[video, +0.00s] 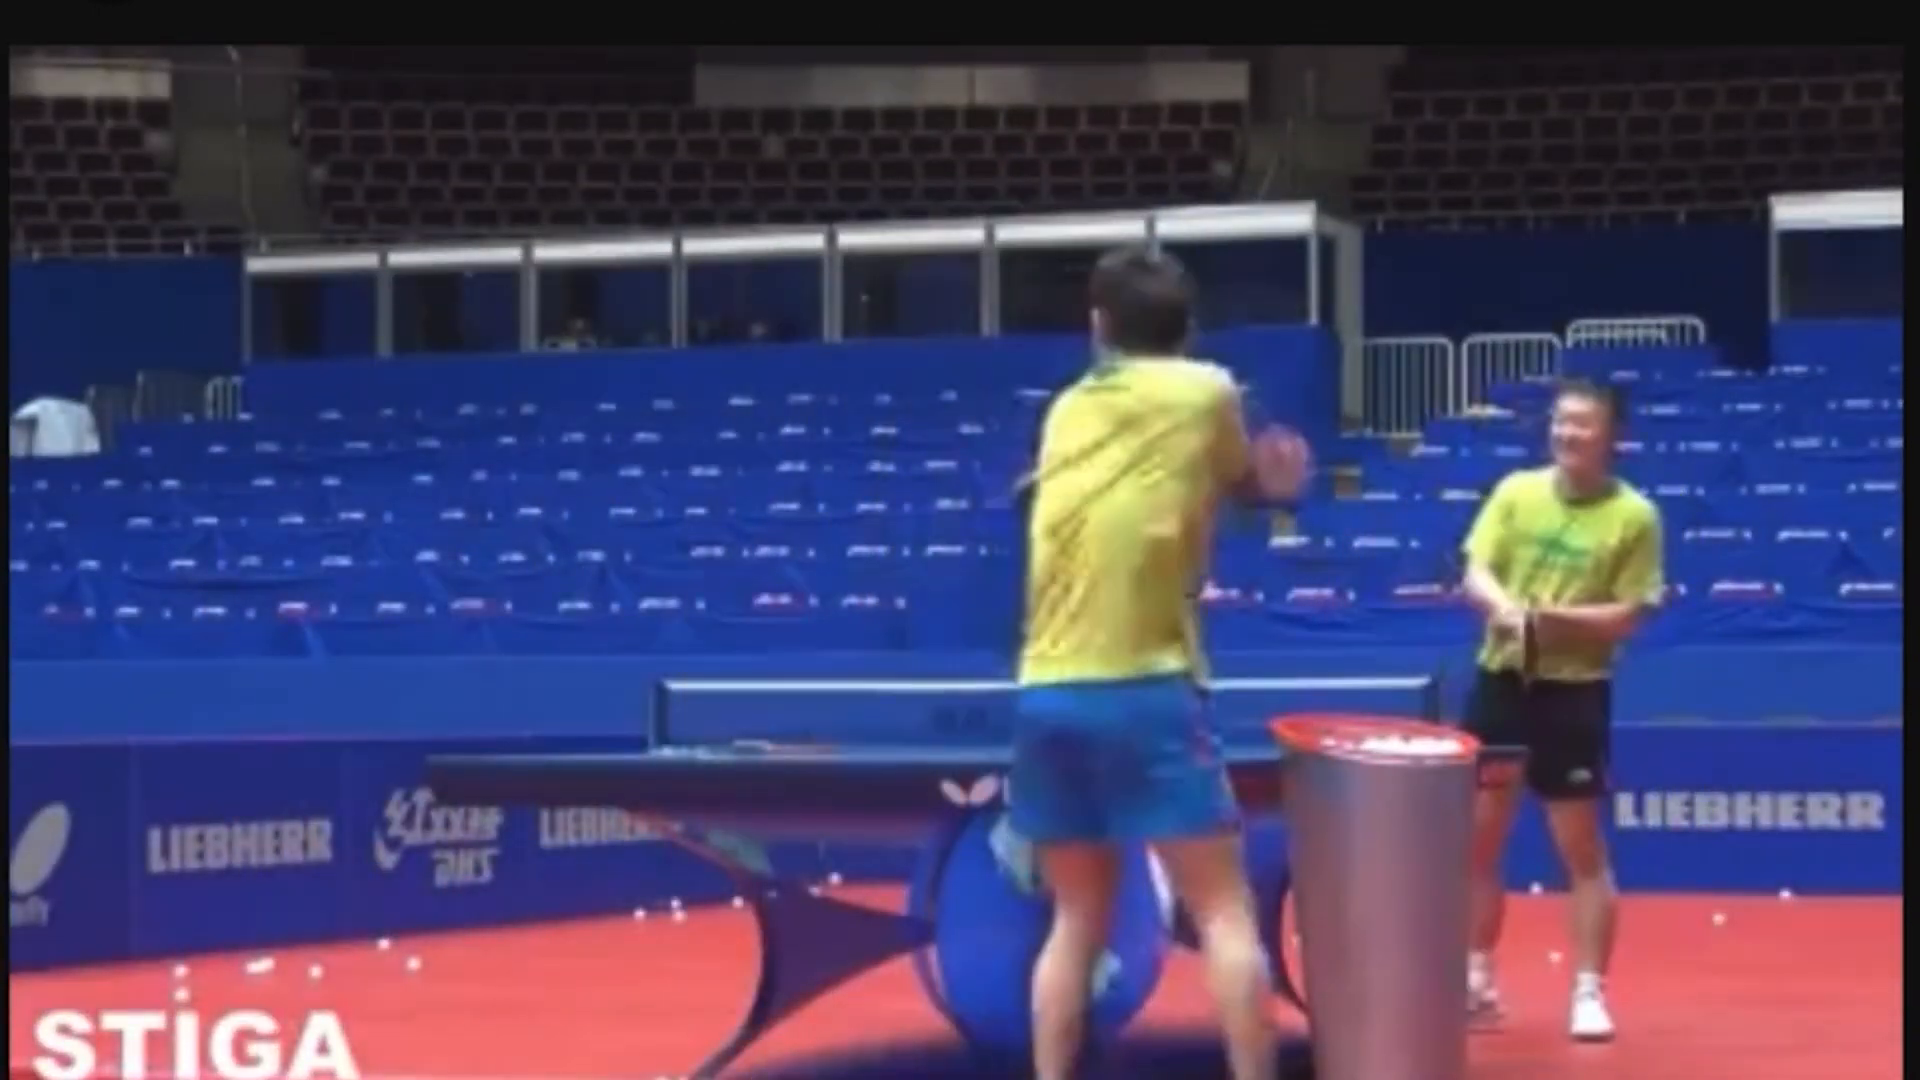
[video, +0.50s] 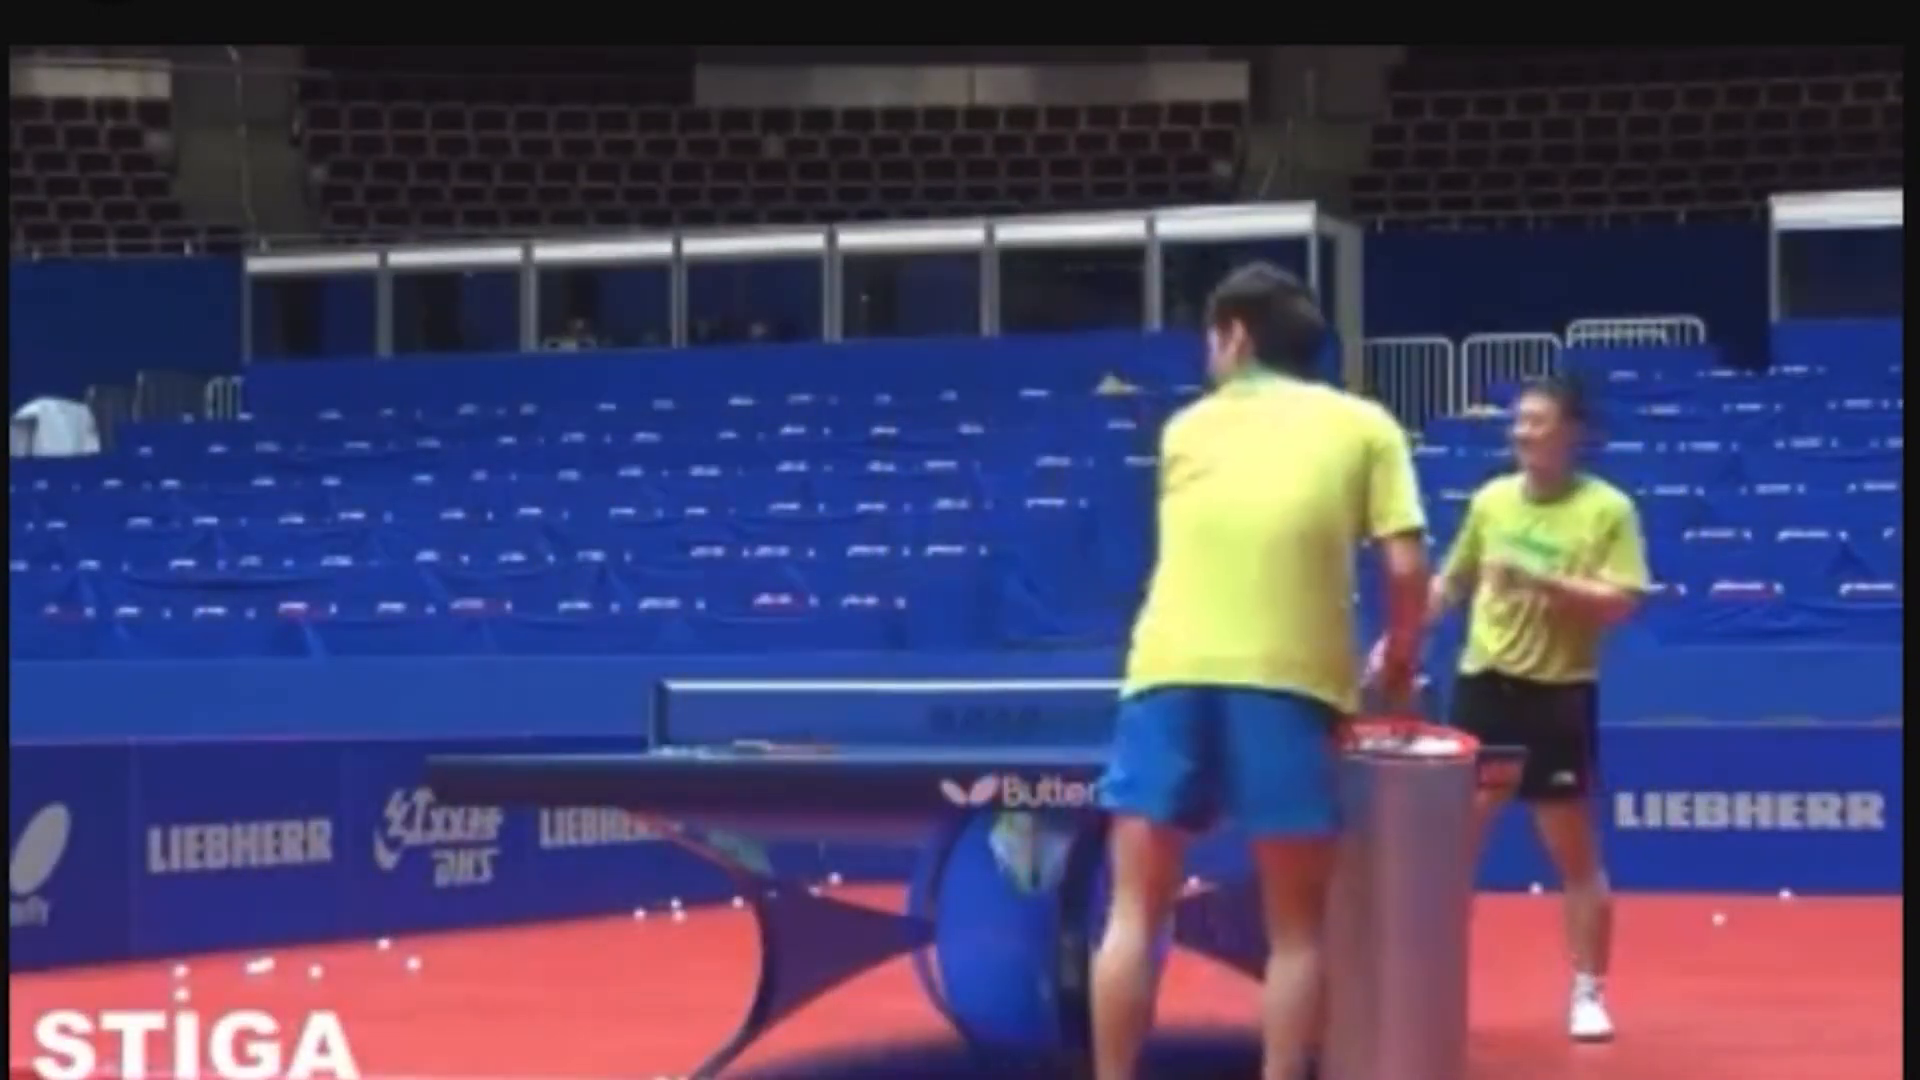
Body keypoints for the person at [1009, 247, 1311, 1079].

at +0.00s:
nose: (1090, 324)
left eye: (1091, 314)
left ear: (1100, 324)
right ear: (1184, 326)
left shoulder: (1065, 411)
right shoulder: (1209, 392)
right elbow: (1239, 483)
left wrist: (1256, 478)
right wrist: (1275, 474)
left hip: (1047, 698)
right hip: (1150, 695)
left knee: (1074, 915)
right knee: (1221, 912)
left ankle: (1051, 1072)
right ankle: (1253, 1069)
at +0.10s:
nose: (1112, 333)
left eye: (1114, 323)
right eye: (1115, 324)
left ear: (1127, 326)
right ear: (1209, 328)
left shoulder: (1088, 415)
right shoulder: (1246, 403)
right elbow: (1291, 510)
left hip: (1073, 701)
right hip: (1182, 697)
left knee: (1086, 919)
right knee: (1243, 915)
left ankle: (1052, 1072)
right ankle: (1268, 1070)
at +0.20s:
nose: (1142, 341)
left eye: (1144, 329)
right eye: (1143, 330)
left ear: (1165, 329)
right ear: (1243, 335)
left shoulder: (1115, 421)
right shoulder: (1289, 414)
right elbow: (1365, 551)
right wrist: (1292, 548)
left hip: (1110, 701)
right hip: (1229, 700)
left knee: (1093, 913)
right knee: (1267, 919)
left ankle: (1057, 1071)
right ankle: (1275, 1074)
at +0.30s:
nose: (1168, 345)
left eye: (1175, 330)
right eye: (1170, 331)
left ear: (1200, 332)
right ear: (1266, 338)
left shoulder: (1144, 422)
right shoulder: (1325, 420)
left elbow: (1148, 545)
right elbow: (1385, 553)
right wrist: (1363, 616)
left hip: (1135, 681)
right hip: (1257, 686)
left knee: (1106, 907)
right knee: (1279, 921)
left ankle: (1083, 1070)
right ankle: (1278, 1072)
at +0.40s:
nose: (1193, 352)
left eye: (1196, 338)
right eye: (1193, 339)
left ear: (1219, 335)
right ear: (1287, 339)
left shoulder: (1170, 424)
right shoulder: (1351, 422)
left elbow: (1172, 551)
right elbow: (1394, 563)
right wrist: (1395, 653)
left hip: (1152, 676)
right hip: (1274, 683)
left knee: (1125, 908)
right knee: (1287, 922)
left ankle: (1107, 1072)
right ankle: (1281, 1072)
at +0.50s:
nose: (1208, 356)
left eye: (1212, 340)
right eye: (1209, 341)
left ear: (1235, 338)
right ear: (1305, 345)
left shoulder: (1188, 426)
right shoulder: (1365, 424)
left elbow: (1192, 557)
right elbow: (1406, 568)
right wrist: (1397, 665)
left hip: (1165, 674)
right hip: (1285, 681)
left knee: (1134, 909)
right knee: (1293, 927)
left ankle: (1112, 1072)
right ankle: (1283, 1073)